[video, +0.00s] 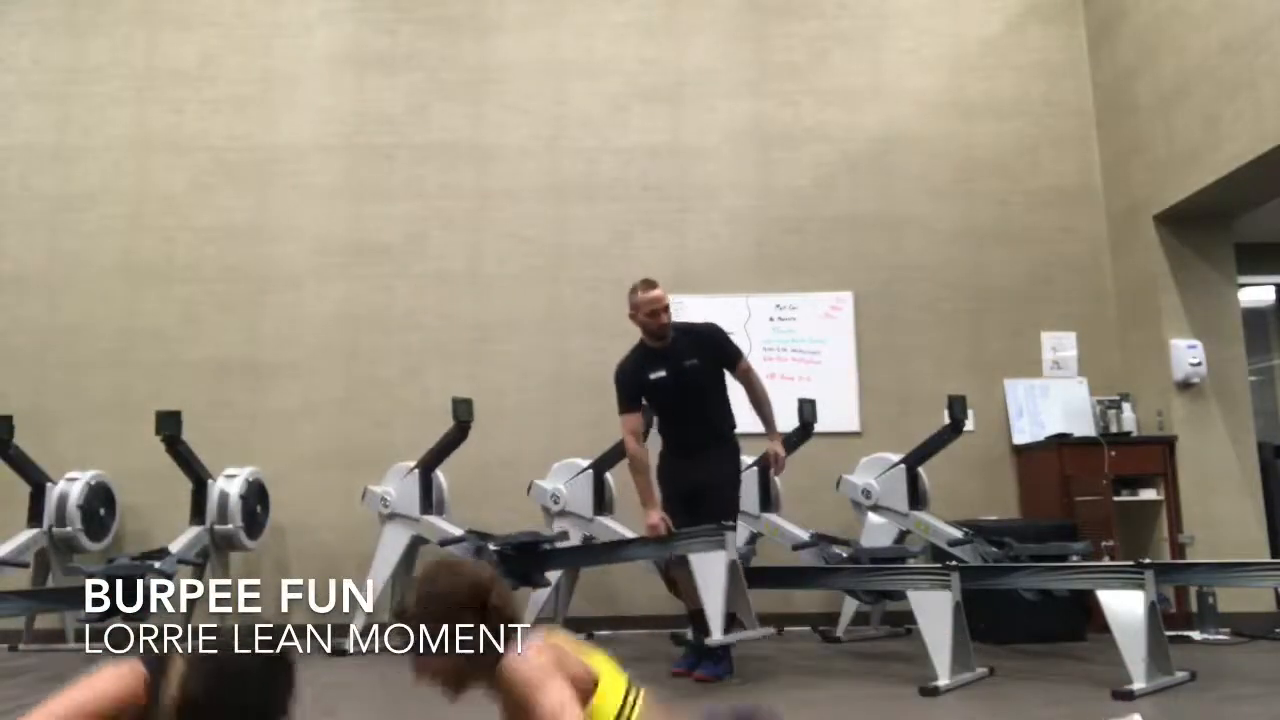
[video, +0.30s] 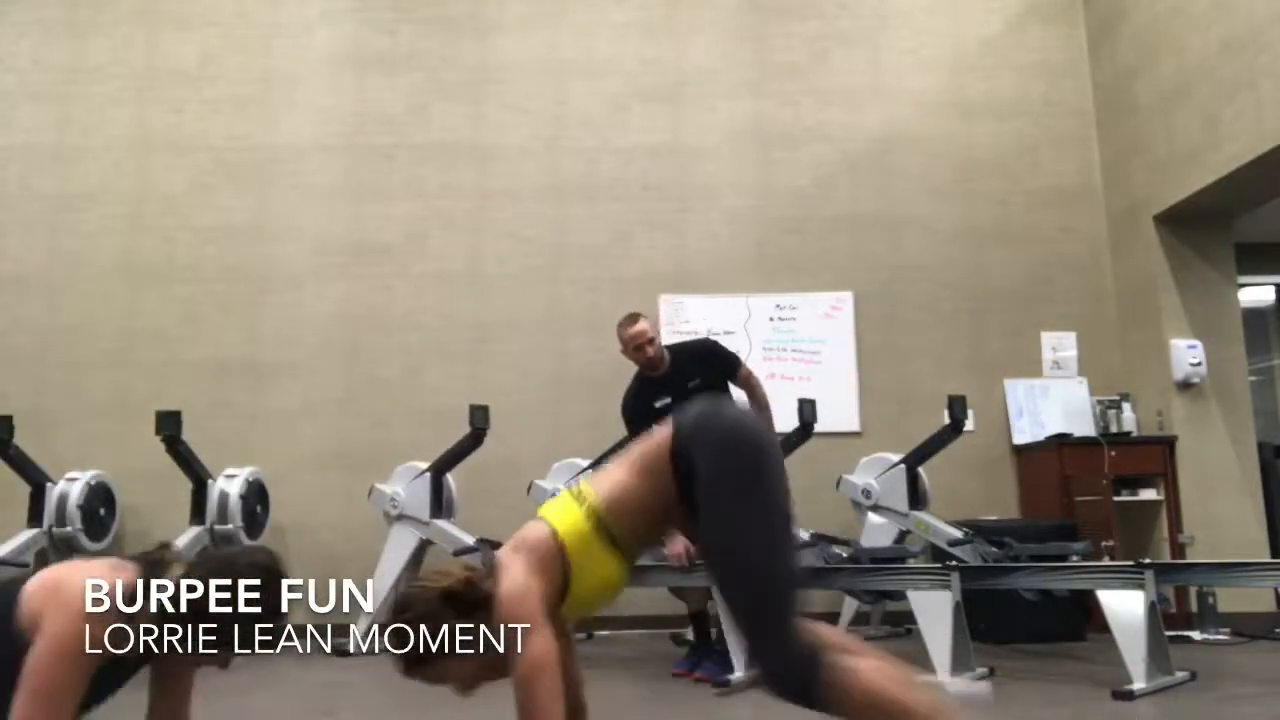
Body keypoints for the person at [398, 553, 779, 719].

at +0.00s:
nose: (419, 673)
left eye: (424, 651)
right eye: (417, 653)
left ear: (456, 643)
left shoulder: (527, 673)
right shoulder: (522, 654)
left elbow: (564, 711)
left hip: (640, 711)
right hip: (644, 705)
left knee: (752, 709)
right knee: (753, 710)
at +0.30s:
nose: (459, 691)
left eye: (445, 680)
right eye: (443, 684)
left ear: (460, 641)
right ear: (465, 630)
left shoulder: (519, 584)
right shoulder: (535, 595)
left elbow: (546, 711)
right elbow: (568, 708)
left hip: (717, 440)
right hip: (715, 453)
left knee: (783, 664)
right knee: (777, 634)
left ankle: (934, 709)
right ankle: (929, 693)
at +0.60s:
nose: (384, 509)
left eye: (388, 492)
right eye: (381, 494)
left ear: (433, 482)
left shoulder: (502, 496)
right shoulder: (499, 531)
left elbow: (422, 625)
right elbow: (499, 645)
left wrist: (389, 699)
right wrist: (486, 711)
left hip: (723, 571)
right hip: (716, 577)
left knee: (545, 656)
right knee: (553, 649)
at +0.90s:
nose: (445, 267)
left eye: (456, 251)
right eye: (448, 252)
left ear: (496, 257)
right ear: (496, 260)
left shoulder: (543, 319)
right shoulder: (527, 337)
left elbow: (474, 421)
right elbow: (499, 472)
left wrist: (405, 381)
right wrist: (421, 432)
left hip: (656, 499)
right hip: (638, 503)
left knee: (517, 662)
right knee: (535, 654)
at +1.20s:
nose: (518, 188)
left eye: (533, 183)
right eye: (525, 179)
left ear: (561, 208)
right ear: (553, 206)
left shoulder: (567, 264)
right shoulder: (538, 301)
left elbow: (432, 244)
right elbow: (445, 335)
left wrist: (431, 190)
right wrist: (450, 258)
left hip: (616, 490)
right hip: (590, 494)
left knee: (497, 668)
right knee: (529, 651)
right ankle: (582, 715)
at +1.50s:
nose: (541, 66)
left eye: (553, 56)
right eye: (544, 56)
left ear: (589, 65)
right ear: (582, 67)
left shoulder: (598, 113)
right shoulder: (558, 152)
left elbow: (478, 73)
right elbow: (458, 168)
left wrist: (394, 11)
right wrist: (403, 104)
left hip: (569, 335)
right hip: (549, 339)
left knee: (561, 533)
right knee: (558, 533)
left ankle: (582, 705)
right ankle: (586, 701)